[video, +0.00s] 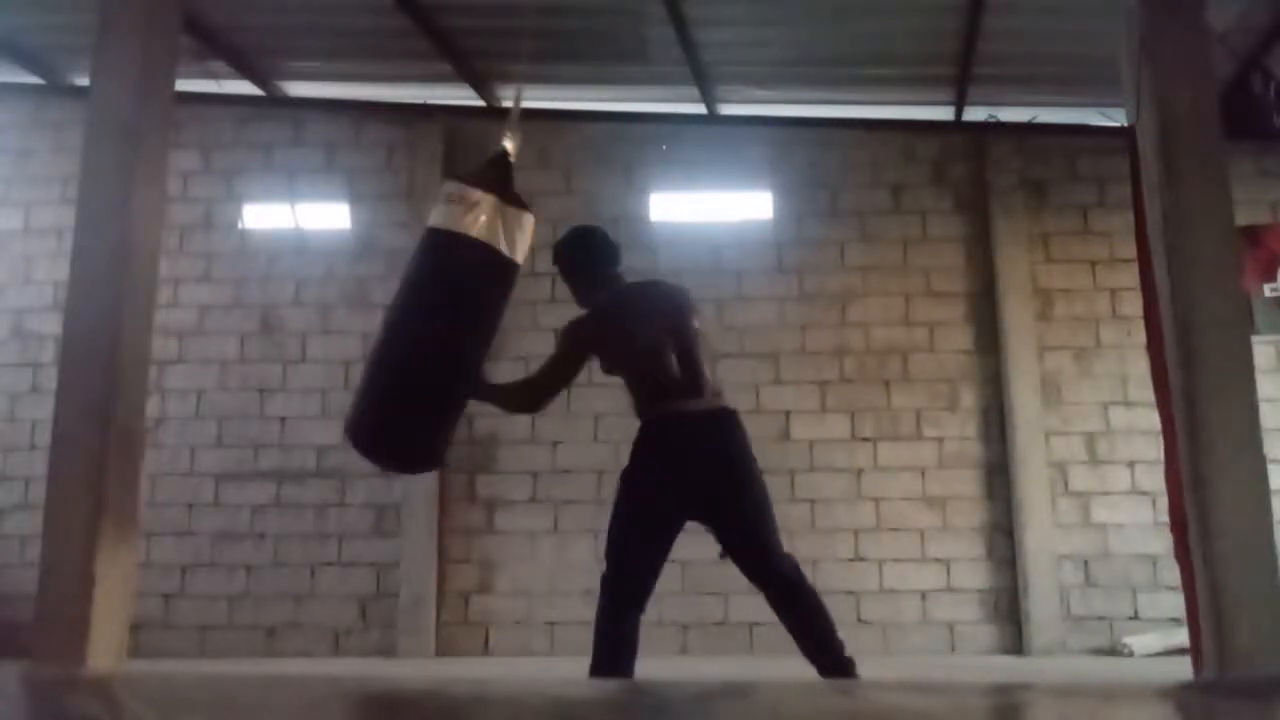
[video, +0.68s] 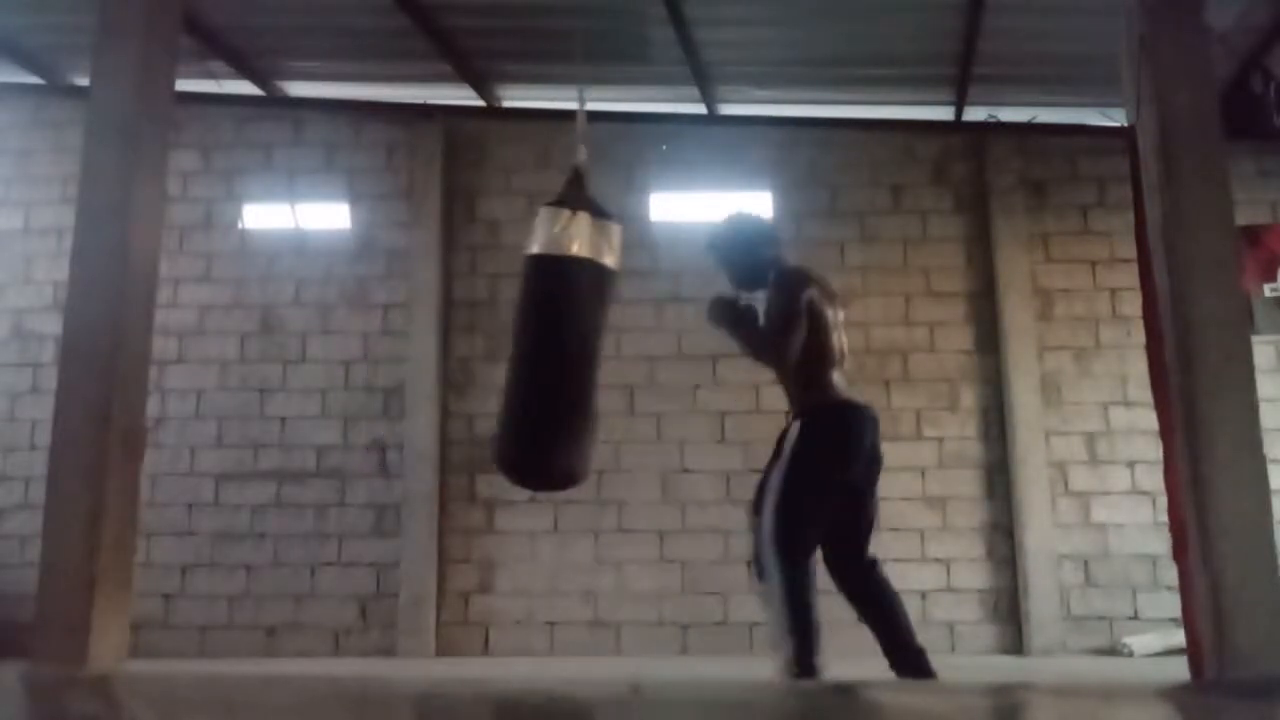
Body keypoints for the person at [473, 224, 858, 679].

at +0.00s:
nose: (569, 288)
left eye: (568, 277)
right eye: (565, 277)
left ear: (578, 274)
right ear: (613, 259)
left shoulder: (589, 326)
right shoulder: (670, 292)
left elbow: (532, 395)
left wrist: (474, 387)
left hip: (664, 444)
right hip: (722, 435)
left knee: (624, 586)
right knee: (768, 562)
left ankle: (607, 703)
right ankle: (842, 675)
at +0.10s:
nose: (592, 291)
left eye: (594, 279)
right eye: (591, 280)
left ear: (610, 277)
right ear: (638, 271)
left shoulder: (618, 324)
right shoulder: (682, 308)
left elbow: (585, 404)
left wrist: (549, 397)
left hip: (670, 455)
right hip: (725, 449)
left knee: (615, 587)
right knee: (767, 578)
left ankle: (603, 707)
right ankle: (855, 684)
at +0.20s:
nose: (623, 296)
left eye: (627, 283)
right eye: (622, 284)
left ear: (644, 282)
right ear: (669, 278)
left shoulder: (662, 325)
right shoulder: (712, 321)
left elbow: (641, 402)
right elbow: (703, 388)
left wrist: (596, 385)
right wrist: (645, 343)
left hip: (683, 462)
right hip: (735, 461)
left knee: (619, 591)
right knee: (771, 595)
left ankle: (607, 705)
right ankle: (852, 695)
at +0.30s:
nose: (644, 276)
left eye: (647, 264)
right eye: (641, 265)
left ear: (665, 261)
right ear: (692, 256)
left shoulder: (685, 300)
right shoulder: (736, 297)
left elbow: (692, 368)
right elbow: (743, 372)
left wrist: (638, 357)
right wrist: (671, 331)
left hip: (719, 438)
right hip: (767, 433)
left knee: (667, 562)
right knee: (799, 561)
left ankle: (629, 670)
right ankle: (870, 669)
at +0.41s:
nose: (674, 275)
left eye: (675, 262)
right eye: (670, 263)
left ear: (693, 256)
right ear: (715, 251)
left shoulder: (725, 293)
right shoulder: (758, 290)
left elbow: (732, 357)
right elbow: (769, 360)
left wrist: (680, 341)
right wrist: (697, 331)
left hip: (755, 430)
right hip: (797, 427)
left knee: (686, 548)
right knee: (815, 558)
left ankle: (698, 673)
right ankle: (892, 669)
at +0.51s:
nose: (701, 287)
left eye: (706, 275)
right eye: (700, 276)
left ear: (728, 274)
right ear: (747, 272)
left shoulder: (755, 315)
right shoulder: (787, 317)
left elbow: (754, 380)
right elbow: (798, 385)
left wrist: (707, 354)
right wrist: (726, 343)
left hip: (786, 456)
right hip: (825, 453)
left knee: (719, 573)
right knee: (833, 581)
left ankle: (766, 687)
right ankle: (911, 682)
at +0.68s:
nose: (726, 275)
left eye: (726, 263)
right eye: (722, 265)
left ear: (746, 255)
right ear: (767, 247)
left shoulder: (788, 284)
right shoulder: (815, 286)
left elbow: (780, 353)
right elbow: (802, 358)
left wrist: (736, 323)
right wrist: (747, 321)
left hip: (818, 427)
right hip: (855, 425)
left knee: (781, 543)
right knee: (849, 556)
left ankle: (802, 672)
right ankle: (917, 674)